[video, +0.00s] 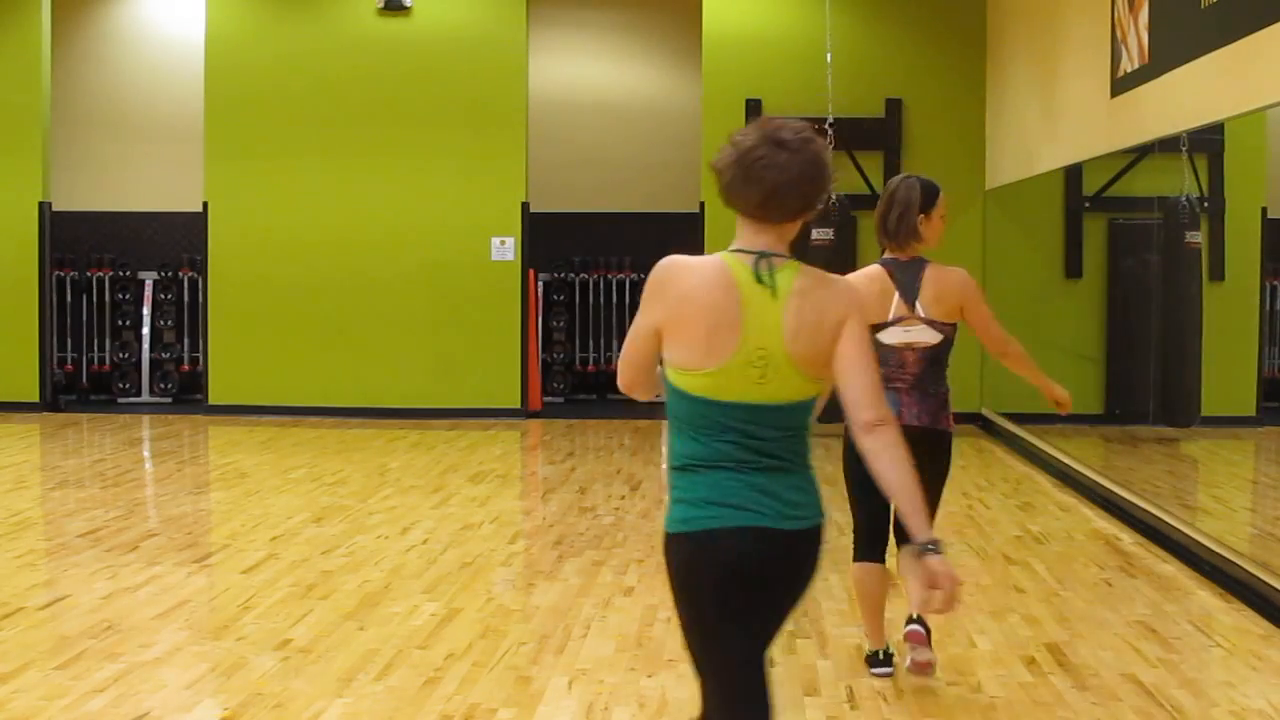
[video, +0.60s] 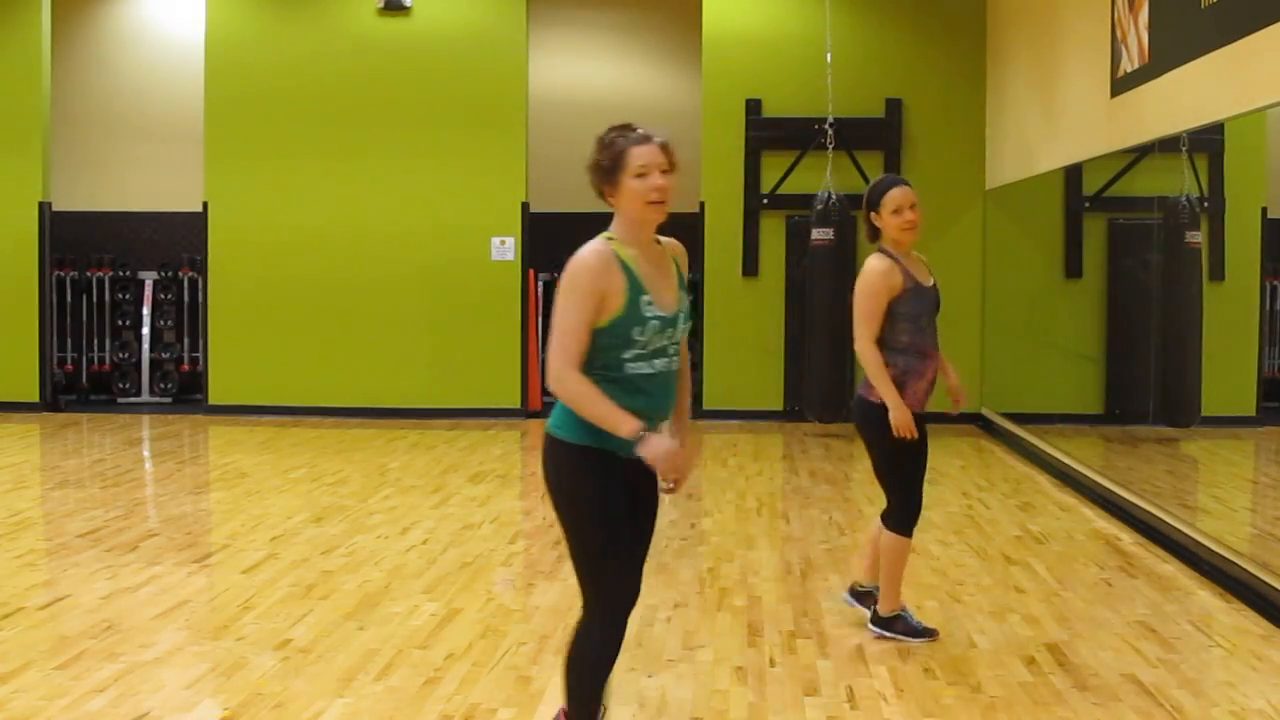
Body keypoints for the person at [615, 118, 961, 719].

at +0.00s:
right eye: (814, 200)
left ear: (732, 189)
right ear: (810, 210)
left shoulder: (675, 279)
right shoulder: (835, 299)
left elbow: (633, 381)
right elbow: (873, 425)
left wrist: (706, 374)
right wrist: (922, 539)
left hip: (704, 536)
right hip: (792, 536)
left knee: (734, 701)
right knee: (736, 683)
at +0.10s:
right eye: (785, 201)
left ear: (709, 195)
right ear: (787, 209)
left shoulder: (654, 273)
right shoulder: (805, 297)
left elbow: (631, 373)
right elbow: (828, 423)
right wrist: (870, 544)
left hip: (677, 522)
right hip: (765, 521)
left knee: (666, 694)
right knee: (707, 677)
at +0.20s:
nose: (762, 207)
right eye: (762, 198)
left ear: (688, 189)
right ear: (756, 206)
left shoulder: (632, 263)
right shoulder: (765, 291)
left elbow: (626, 365)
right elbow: (780, 419)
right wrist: (815, 533)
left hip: (651, 504)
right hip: (739, 505)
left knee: (639, 646)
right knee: (699, 655)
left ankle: (644, 718)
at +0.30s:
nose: (738, 201)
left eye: (737, 189)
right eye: (738, 189)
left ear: (666, 183)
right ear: (724, 198)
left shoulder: (623, 253)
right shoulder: (722, 279)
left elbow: (630, 351)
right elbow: (725, 411)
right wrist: (775, 489)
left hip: (627, 481)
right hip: (702, 485)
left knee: (644, 610)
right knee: (688, 648)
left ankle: (606, 712)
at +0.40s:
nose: (724, 190)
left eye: (720, 178)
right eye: (715, 180)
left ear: (664, 191)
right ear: (681, 194)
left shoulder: (623, 251)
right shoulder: (674, 273)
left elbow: (625, 352)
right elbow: (670, 397)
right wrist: (734, 444)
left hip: (614, 464)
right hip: (664, 474)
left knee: (637, 601)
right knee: (671, 629)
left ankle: (590, 707)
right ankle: (668, 715)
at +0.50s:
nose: (697, 185)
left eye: (697, 172)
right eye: (682, 175)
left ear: (691, 176)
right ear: (641, 187)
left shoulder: (667, 250)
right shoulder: (624, 263)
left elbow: (663, 364)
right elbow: (606, 385)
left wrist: (671, 449)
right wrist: (692, 433)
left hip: (646, 453)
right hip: (616, 456)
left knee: (630, 594)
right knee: (640, 613)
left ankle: (589, 703)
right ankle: (628, 712)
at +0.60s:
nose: (659, 185)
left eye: (665, 173)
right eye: (643, 175)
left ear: (674, 181)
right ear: (610, 188)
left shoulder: (673, 255)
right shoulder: (592, 264)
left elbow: (678, 352)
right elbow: (560, 374)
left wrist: (681, 432)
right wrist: (639, 434)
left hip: (639, 452)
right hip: (584, 452)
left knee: (621, 598)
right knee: (608, 604)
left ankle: (580, 707)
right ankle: (579, 712)